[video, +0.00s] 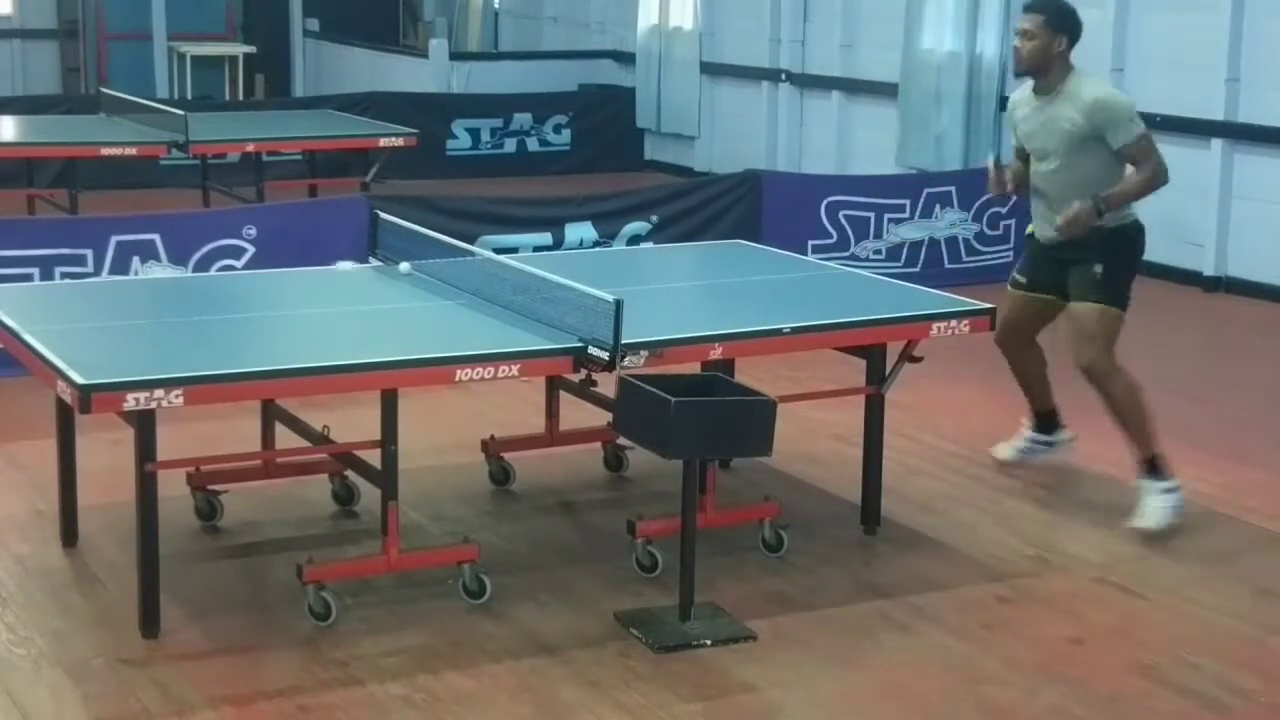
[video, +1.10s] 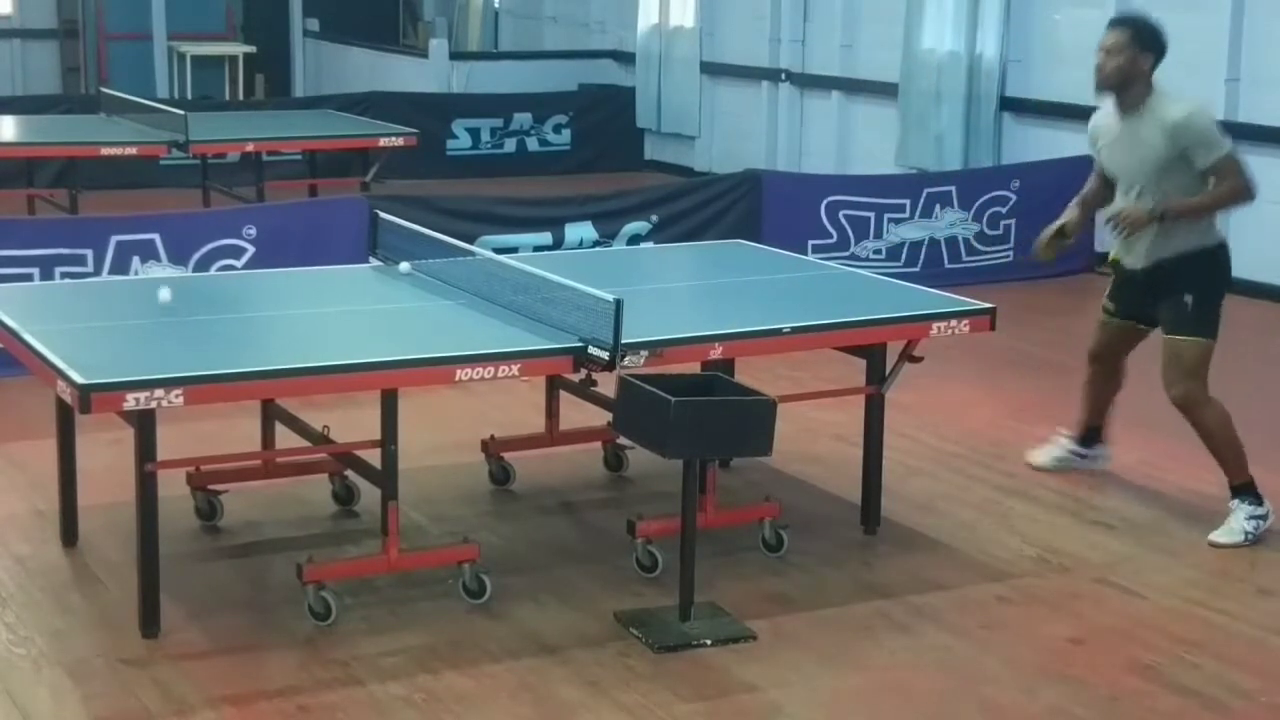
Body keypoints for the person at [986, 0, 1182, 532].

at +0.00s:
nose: (1017, 45)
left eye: (1027, 37)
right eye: (1017, 36)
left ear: (1060, 43)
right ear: (1030, 44)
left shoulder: (1101, 103)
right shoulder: (1020, 106)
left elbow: (1155, 171)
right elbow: (1026, 172)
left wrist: (1098, 206)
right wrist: (1008, 180)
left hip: (1106, 242)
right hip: (1048, 241)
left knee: (1093, 358)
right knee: (1012, 333)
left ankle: (1159, 481)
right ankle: (1047, 430)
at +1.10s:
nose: (1100, 61)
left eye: (1112, 52)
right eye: (1101, 51)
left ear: (1144, 62)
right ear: (1106, 59)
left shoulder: (1183, 119)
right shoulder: (1102, 122)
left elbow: (1239, 186)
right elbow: (1103, 181)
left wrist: (1159, 211)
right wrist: (1072, 216)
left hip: (1193, 264)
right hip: (1134, 264)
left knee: (1185, 389)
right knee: (1102, 356)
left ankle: (1250, 503)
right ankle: (1087, 444)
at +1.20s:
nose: (1110, 22)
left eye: (1124, 15)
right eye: (1111, 13)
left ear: (1156, 28)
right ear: (1119, 26)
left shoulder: (1189, 84)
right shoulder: (1113, 85)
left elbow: (1253, 148)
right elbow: (1121, 155)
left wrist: (1173, 183)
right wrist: (1098, 197)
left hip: (1195, 237)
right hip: (1136, 238)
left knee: (1191, 369)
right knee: (1121, 346)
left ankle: (1247, 494)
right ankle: (1149, 460)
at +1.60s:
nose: (1108, 24)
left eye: (1123, 17)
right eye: (1107, 14)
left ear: (1156, 25)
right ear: (1105, 19)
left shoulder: (1191, 83)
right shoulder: (1097, 89)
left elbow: (1243, 159)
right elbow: (1100, 161)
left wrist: (1169, 190)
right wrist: (1087, 207)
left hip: (1184, 248)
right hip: (1125, 256)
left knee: (1165, 382)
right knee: (1158, 382)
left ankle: (1164, 529)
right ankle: (1218, 488)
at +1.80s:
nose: (1086, 39)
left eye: (1097, 26)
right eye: (1080, 29)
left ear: (1133, 26)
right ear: (1077, 33)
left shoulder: (1173, 98)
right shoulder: (1078, 99)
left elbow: (1233, 174)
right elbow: (1073, 171)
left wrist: (1155, 203)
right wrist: (1055, 199)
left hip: (1150, 266)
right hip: (1090, 266)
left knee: (1120, 401)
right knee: (1081, 396)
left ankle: (1138, 540)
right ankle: (1178, 467)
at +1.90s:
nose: (1065, 42)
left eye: (1074, 28)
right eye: (1060, 31)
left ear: (1113, 22)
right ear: (1061, 31)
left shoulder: (1155, 93)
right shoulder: (1069, 94)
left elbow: (1202, 184)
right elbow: (1078, 167)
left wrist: (1117, 206)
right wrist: (1044, 198)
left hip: (1131, 266)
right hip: (1071, 265)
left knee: (1120, 403)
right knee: (1039, 392)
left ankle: (1139, 537)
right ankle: (1123, 476)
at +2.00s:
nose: (1040, 39)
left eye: (1048, 25)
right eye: (1035, 28)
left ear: (1087, 17)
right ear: (1042, 28)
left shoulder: (1135, 87)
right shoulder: (1057, 87)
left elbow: (1162, 184)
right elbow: (1075, 176)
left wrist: (1062, 188)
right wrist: (1030, 203)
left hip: (1112, 263)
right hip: (1053, 261)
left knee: (1117, 397)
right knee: (1010, 386)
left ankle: (1136, 532)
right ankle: (1056, 515)